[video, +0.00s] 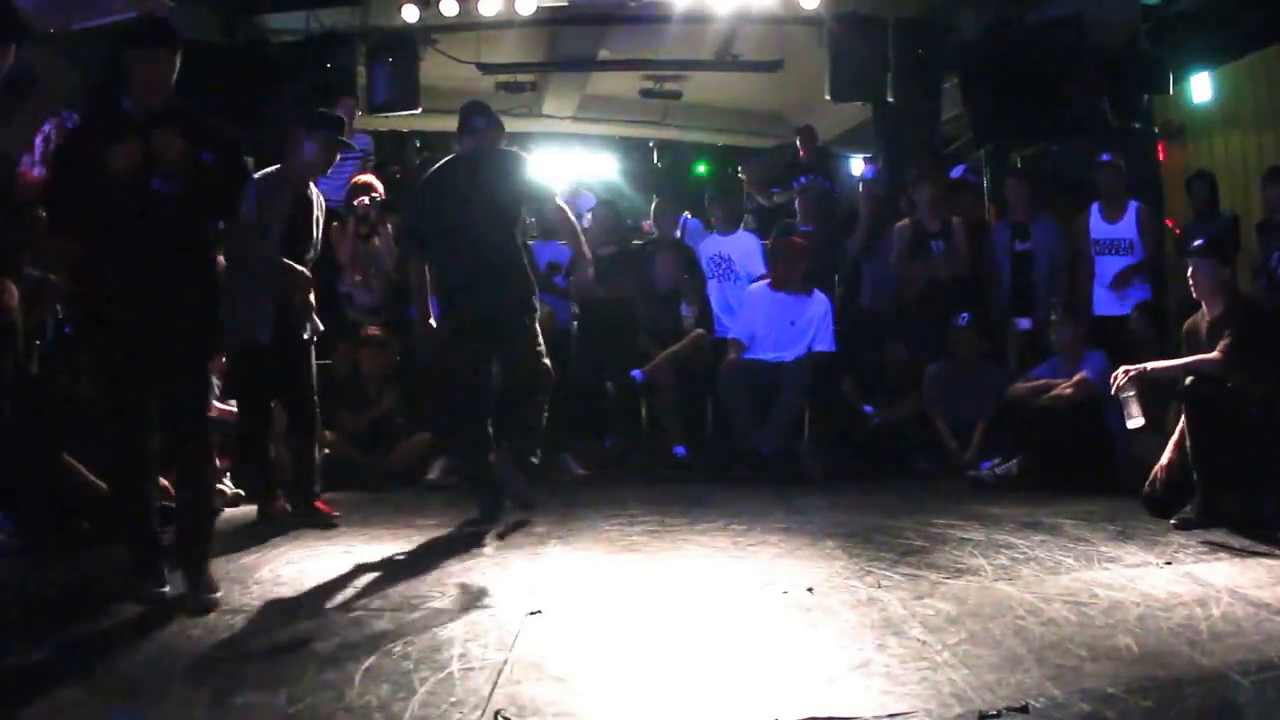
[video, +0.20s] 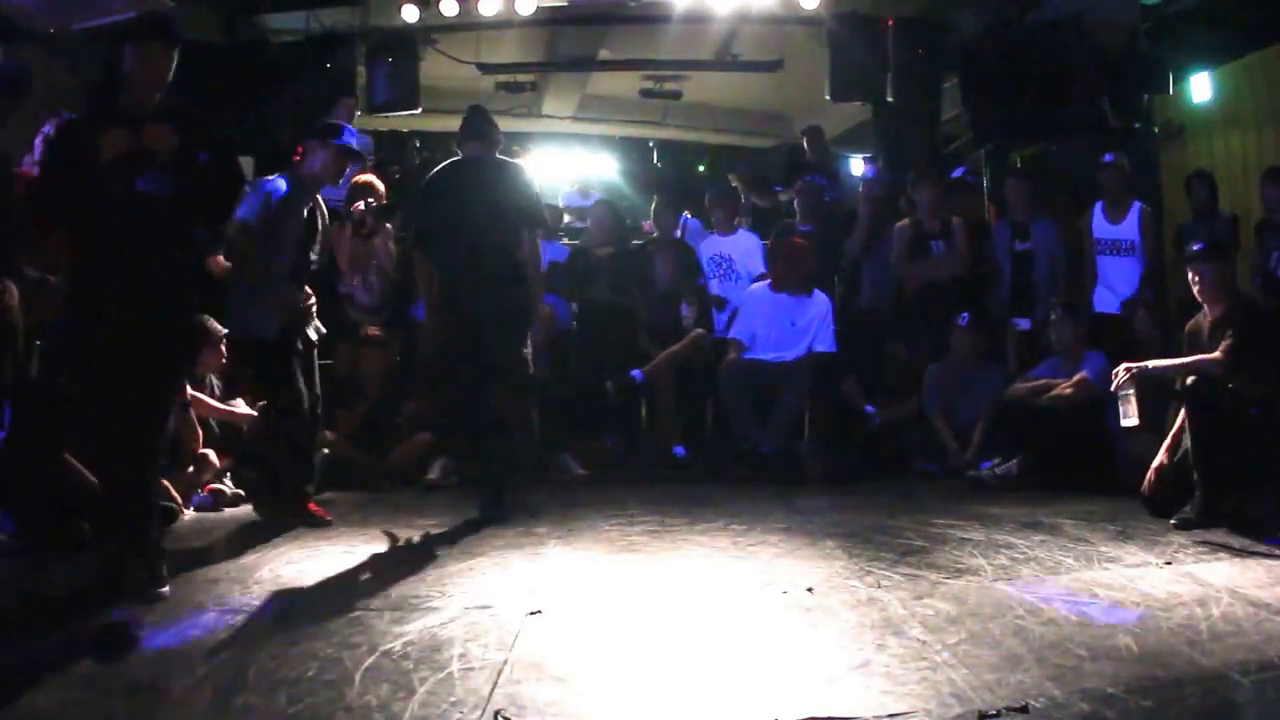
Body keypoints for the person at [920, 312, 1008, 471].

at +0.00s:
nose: (963, 345)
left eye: (969, 339)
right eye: (958, 339)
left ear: (978, 341)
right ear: (950, 341)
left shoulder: (988, 372)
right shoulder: (937, 373)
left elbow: (986, 415)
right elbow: (935, 412)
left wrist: (973, 452)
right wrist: (952, 446)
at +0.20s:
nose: (961, 342)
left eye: (967, 336)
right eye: (957, 335)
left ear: (977, 340)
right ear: (951, 337)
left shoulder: (990, 374)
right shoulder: (936, 372)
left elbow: (985, 416)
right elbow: (934, 412)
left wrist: (971, 453)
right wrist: (953, 449)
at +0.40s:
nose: (962, 343)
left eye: (968, 337)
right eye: (958, 336)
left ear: (977, 341)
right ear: (952, 339)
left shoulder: (991, 374)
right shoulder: (937, 373)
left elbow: (986, 416)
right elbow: (935, 413)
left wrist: (972, 452)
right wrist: (953, 448)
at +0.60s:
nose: (964, 345)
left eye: (969, 340)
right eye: (959, 339)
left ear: (977, 342)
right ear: (952, 341)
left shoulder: (990, 374)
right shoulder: (936, 373)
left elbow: (985, 416)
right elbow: (935, 414)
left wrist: (973, 451)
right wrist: (952, 448)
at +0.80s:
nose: (964, 348)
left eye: (969, 343)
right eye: (959, 342)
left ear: (977, 345)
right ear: (952, 344)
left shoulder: (989, 375)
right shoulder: (936, 374)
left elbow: (986, 416)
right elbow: (935, 414)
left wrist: (972, 453)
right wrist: (953, 449)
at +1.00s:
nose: (966, 349)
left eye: (971, 343)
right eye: (961, 343)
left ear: (979, 345)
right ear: (954, 344)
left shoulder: (990, 374)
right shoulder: (936, 374)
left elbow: (987, 415)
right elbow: (936, 415)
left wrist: (973, 452)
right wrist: (954, 450)